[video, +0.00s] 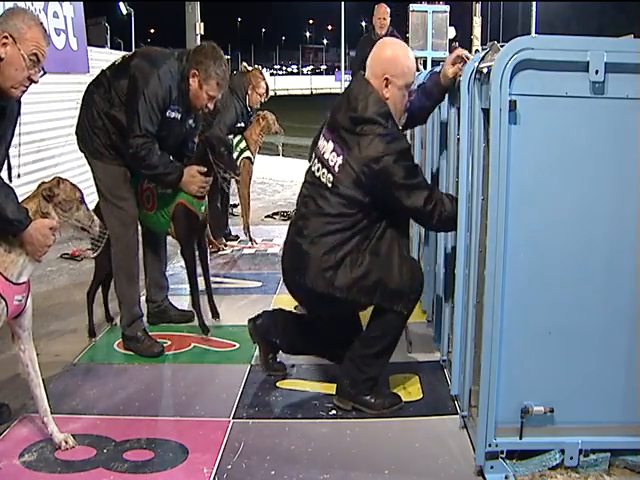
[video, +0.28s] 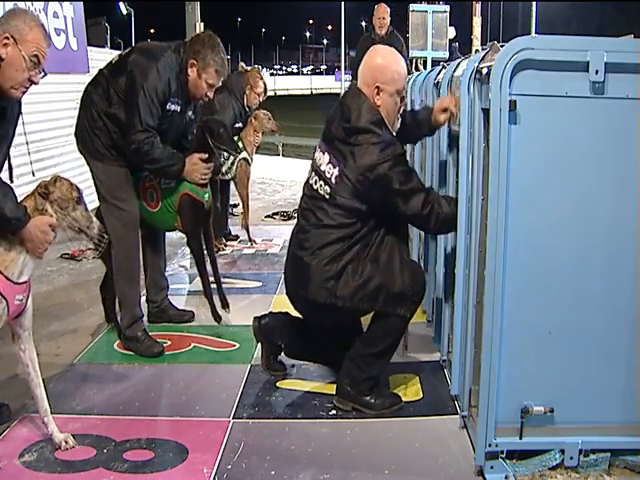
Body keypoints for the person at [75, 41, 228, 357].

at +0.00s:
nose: (211, 105)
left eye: (216, 100)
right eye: (209, 97)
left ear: (197, 77)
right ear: (193, 78)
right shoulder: (153, 79)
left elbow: (185, 143)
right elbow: (136, 146)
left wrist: (190, 173)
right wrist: (177, 175)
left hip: (142, 137)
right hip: (104, 134)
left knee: (153, 218)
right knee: (124, 222)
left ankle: (158, 304)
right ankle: (132, 326)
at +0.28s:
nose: (210, 94)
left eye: (215, 88)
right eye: (209, 85)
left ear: (196, 66)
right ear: (191, 68)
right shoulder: (152, 72)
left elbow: (183, 134)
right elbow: (138, 142)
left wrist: (193, 160)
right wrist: (181, 166)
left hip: (142, 138)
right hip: (104, 134)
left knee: (152, 219)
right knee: (124, 223)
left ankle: (158, 303)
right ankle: (130, 324)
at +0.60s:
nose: (211, 93)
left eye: (216, 86)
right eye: (209, 84)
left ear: (196, 65)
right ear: (191, 67)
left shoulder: (192, 79)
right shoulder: (152, 70)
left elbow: (183, 134)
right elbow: (139, 140)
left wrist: (192, 162)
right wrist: (181, 165)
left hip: (139, 137)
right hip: (103, 134)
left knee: (152, 216)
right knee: (127, 218)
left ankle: (158, 303)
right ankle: (131, 324)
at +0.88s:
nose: (210, 92)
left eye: (215, 86)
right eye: (209, 83)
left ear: (196, 65)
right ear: (191, 66)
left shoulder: (191, 81)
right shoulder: (151, 70)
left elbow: (181, 134)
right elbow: (137, 139)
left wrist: (193, 159)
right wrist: (178, 163)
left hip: (140, 139)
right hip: (104, 135)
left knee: (152, 216)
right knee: (125, 220)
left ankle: (158, 303)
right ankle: (130, 324)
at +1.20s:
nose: (211, 71)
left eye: (216, 65)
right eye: (209, 63)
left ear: (199, 48)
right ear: (190, 47)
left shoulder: (192, 66)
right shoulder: (149, 58)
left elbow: (188, 121)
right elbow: (140, 129)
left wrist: (194, 147)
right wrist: (182, 151)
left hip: (153, 141)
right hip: (113, 139)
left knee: (169, 213)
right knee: (136, 216)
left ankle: (164, 297)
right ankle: (131, 322)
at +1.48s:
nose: (231, 70)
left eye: (235, 63)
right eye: (228, 61)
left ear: (218, 46)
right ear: (209, 45)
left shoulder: (208, 68)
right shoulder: (169, 55)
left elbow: (206, 121)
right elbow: (159, 124)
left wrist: (214, 147)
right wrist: (198, 149)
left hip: (172, 144)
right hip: (133, 142)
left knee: (188, 218)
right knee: (149, 221)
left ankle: (210, 300)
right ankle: (132, 324)